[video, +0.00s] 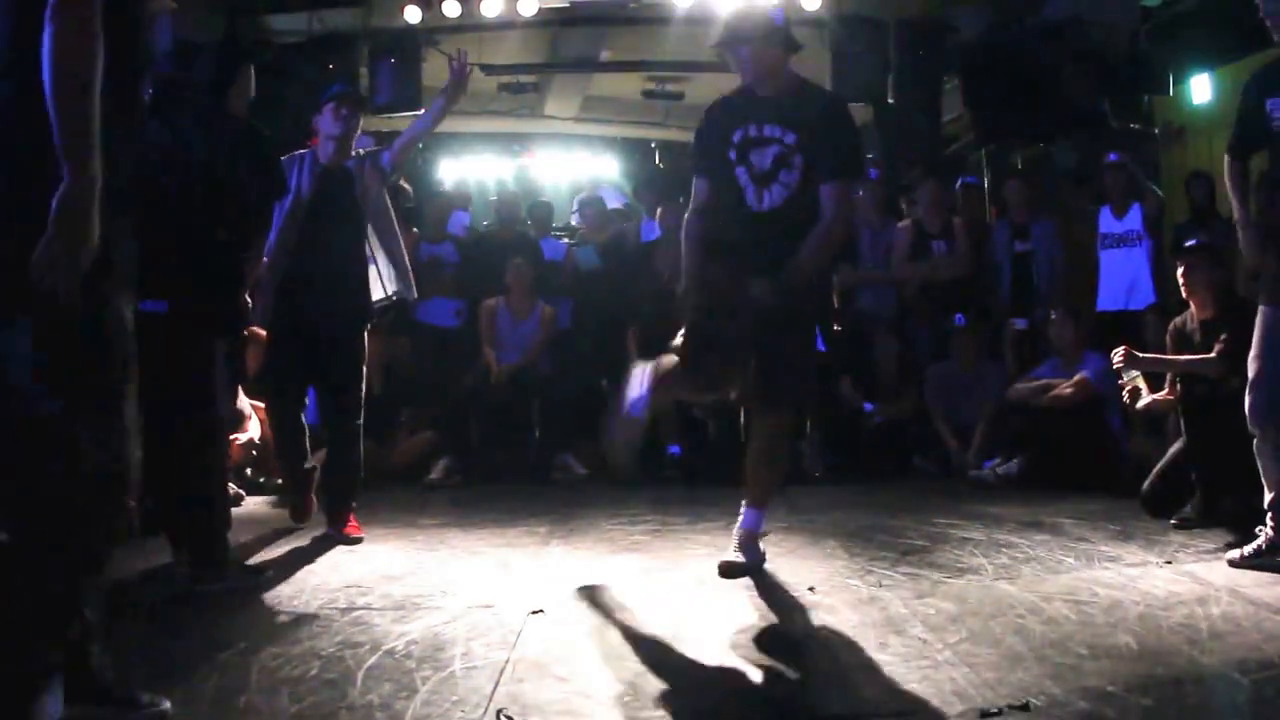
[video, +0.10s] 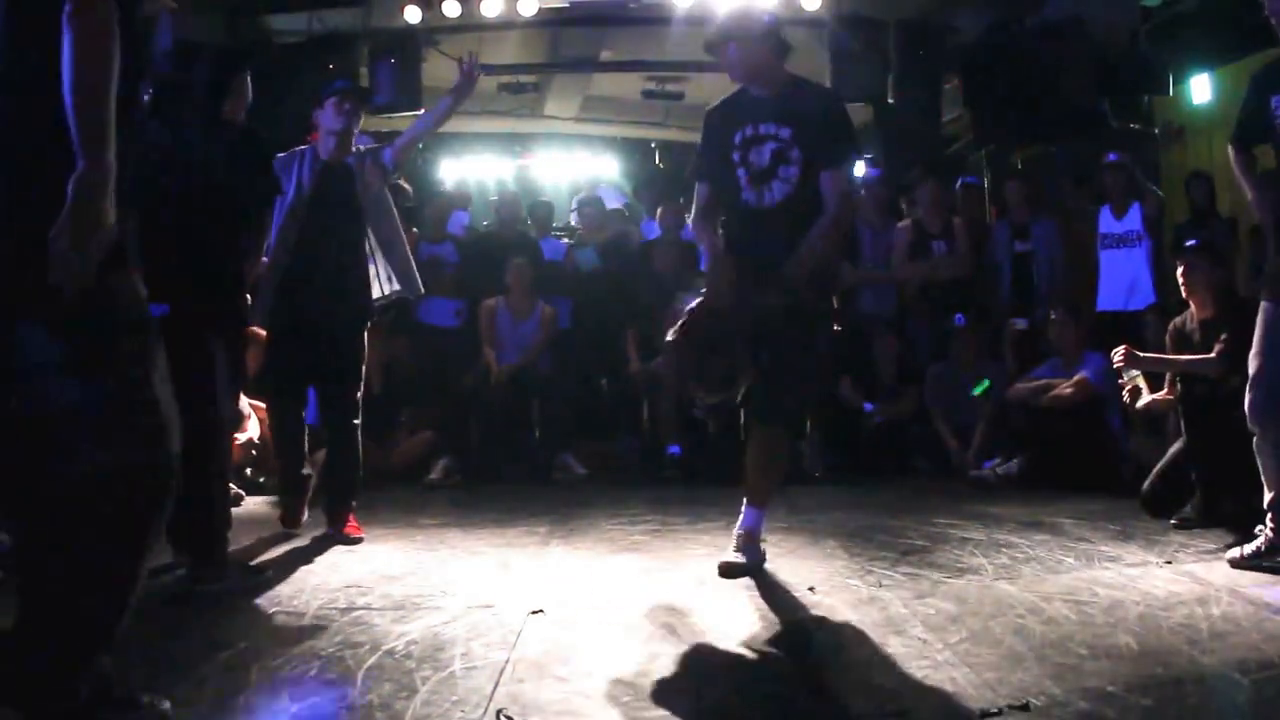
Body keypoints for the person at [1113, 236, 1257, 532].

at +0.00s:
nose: (1183, 275)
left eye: (1193, 267)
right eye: (1180, 266)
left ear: (1214, 273)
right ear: (1175, 273)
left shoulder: (1238, 315)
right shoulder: (1178, 328)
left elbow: (1218, 364)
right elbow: (1174, 394)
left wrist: (1143, 361)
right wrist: (1146, 400)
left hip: (1241, 431)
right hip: (1201, 434)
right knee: (1155, 498)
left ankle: (1203, 498)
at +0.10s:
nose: (1182, 274)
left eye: (1192, 266)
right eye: (1179, 266)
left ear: (1213, 272)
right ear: (1175, 273)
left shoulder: (1238, 315)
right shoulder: (1178, 328)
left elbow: (1218, 363)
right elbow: (1174, 392)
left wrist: (1142, 360)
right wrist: (1147, 400)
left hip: (1239, 433)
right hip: (1200, 436)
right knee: (1155, 498)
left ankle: (1204, 499)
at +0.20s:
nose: (1182, 273)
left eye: (1191, 266)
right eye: (1179, 266)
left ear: (1213, 272)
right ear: (1175, 273)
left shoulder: (1238, 315)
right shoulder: (1178, 327)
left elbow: (1218, 364)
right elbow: (1173, 391)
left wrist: (1142, 360)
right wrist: (1145, 399)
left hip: (1240, 434)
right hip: (1200, 437)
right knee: (1155, 498)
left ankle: (1205, 500)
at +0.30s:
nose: (1181, 274)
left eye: (1190, 267)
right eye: (1179, 268)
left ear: (1213, 273)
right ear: (1175, 274)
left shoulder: (1238, 315)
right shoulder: (1178, 326)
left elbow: (1219, 364)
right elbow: (1172, 391)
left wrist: (1144, 360)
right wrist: (1146, 398)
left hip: (1241, 433)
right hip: (1202, 435)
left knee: (1193, 397)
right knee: (1155, 498)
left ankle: (1204, 501)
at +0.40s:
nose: (1180, 274)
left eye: (1189, 267)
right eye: (1178, 267)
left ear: (1213, 273)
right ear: (1175, 272)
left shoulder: (1239, 316)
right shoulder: (1178, 327)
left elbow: (1217, 364)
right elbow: (1173, 393)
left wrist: (1143, 360)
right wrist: (1146, 398)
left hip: (1243, 433)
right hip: (1202, 435)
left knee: (1194, 395)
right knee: (1155, 499)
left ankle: (1207, 503)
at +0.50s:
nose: (1179, 276)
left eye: (1188, 269)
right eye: (1177, 269)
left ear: (1212, 274)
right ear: (1174, 275)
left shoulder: (1237, 317)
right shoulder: (1178, 328)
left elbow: (1218, 365)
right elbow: (1176, 394)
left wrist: (1142, 360)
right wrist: (1148, 398)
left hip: (1241, 433)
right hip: (1203, 434)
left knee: (1194, 394)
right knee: (1155, 499)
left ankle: (1206, 502)